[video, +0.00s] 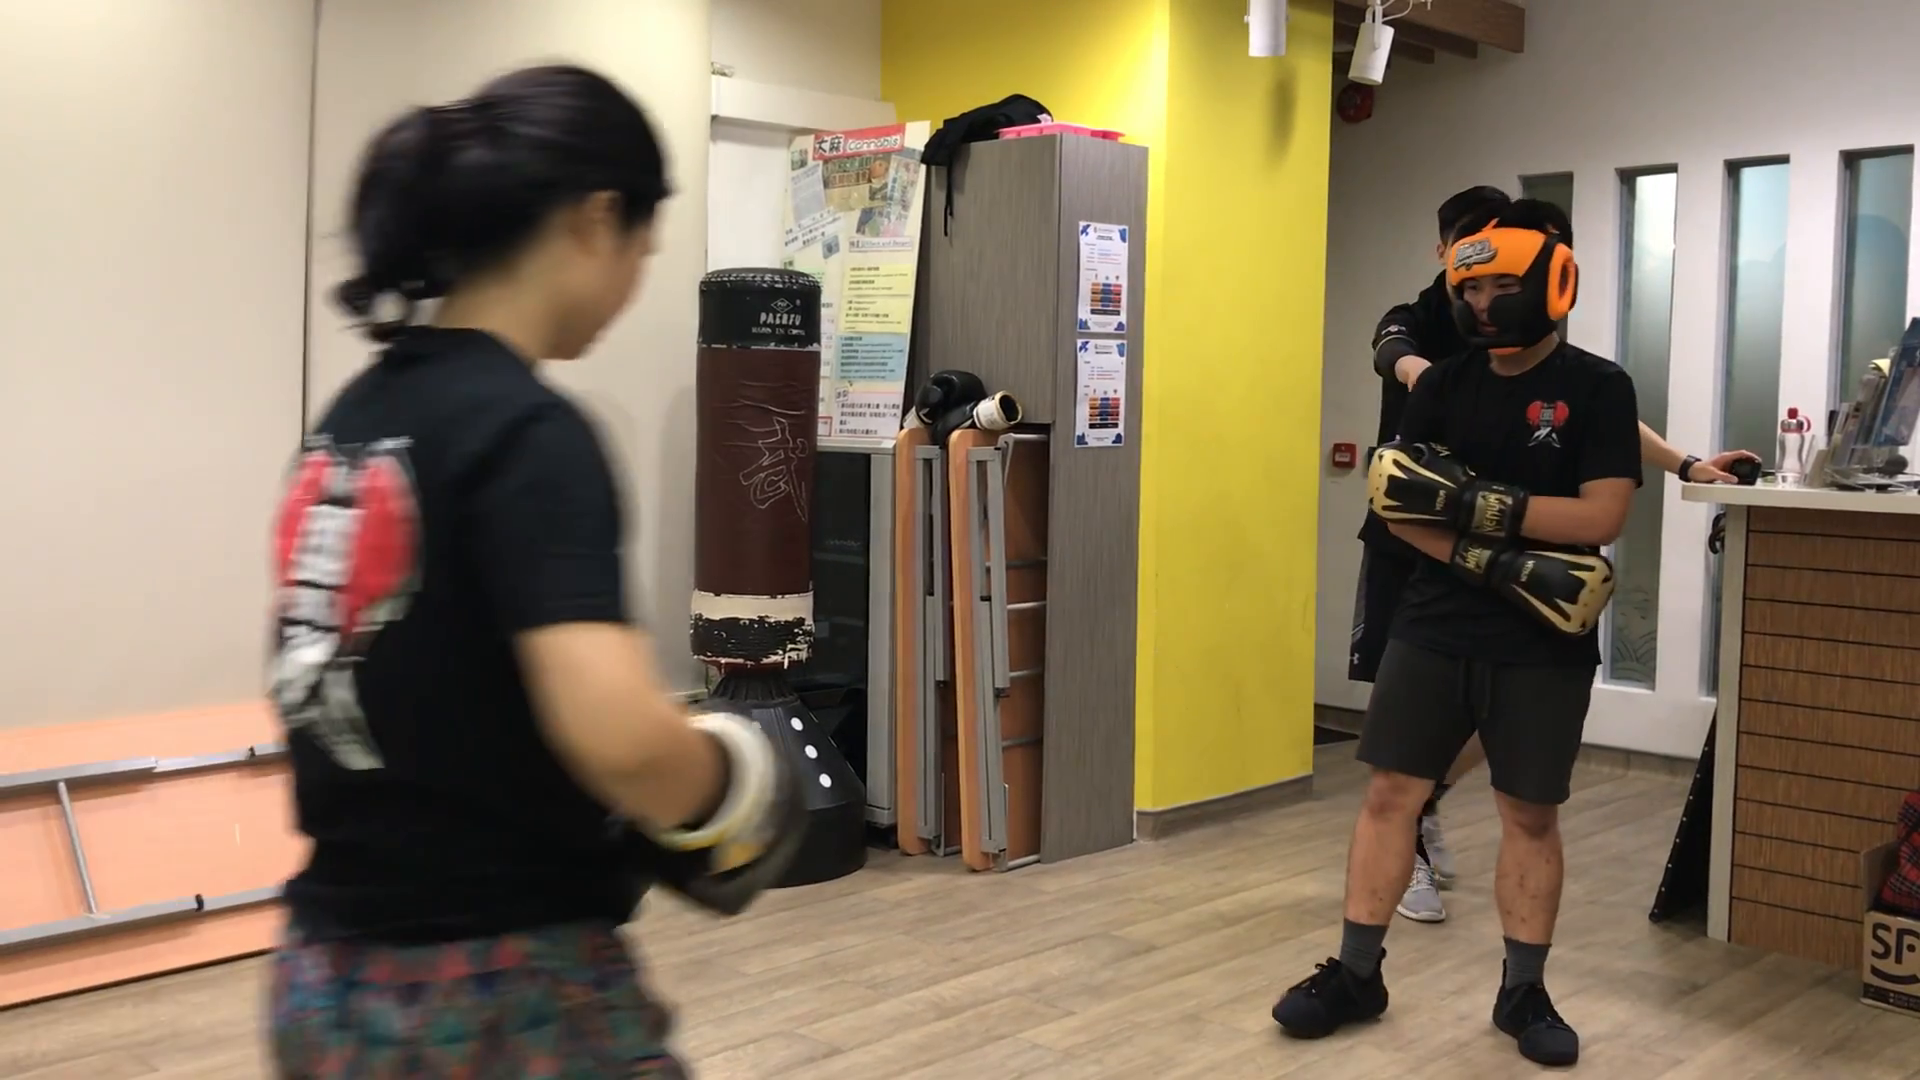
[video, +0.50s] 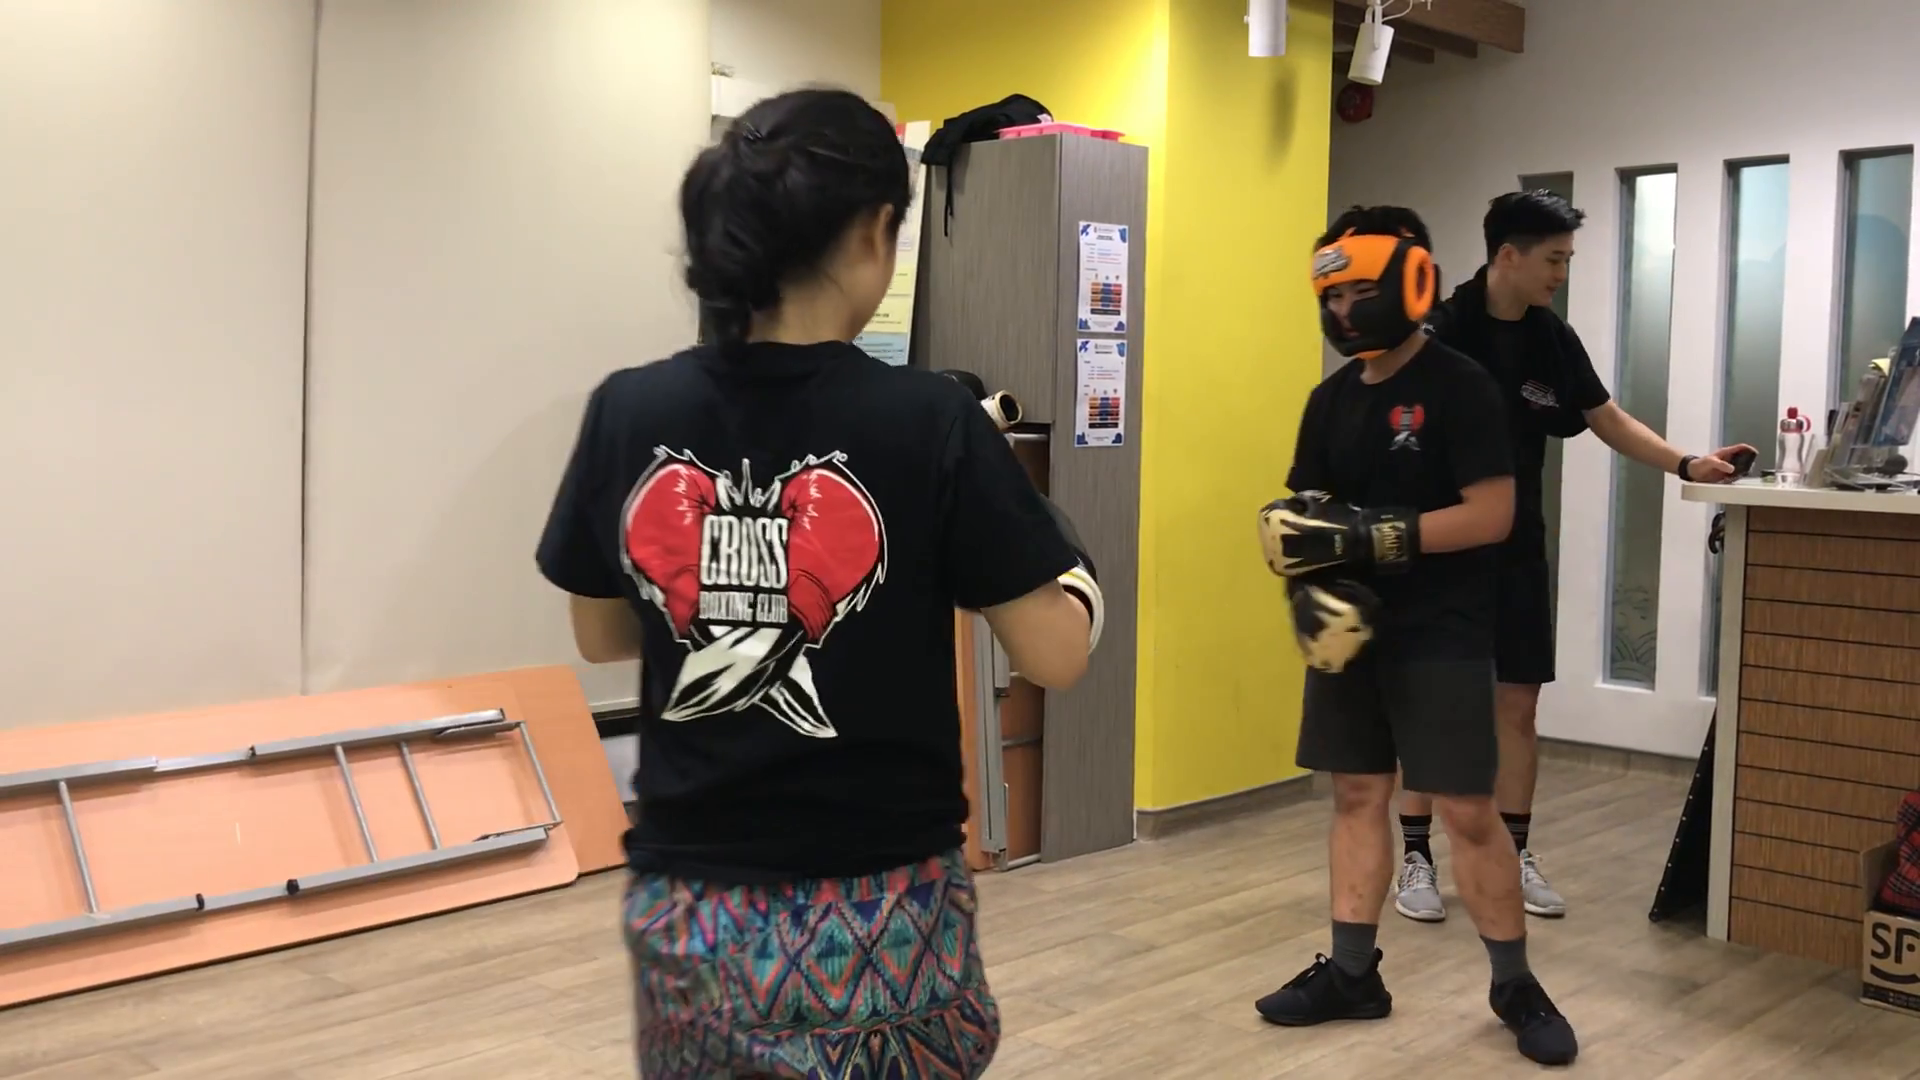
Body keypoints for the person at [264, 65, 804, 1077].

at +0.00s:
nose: (633, 288)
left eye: (643, 255)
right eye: (641, 251)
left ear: (470, 223)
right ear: (591, 221)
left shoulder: (353, 418)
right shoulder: (529, 430)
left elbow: (401, 699)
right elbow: (616, 736)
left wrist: (628, 803)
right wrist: (740, 779)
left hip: (334, 973)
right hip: (511, 987)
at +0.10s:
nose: (727, 278)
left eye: (734, 245)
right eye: (732, 241)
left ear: (562, 208)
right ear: (692, 213)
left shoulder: (424, 409)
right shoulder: (667, 423)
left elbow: (380, 663)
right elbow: (799, 729)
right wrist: (863, 724)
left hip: (440, 953)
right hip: (640, 961)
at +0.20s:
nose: (793, 264)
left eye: (802, 231)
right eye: (800, 227)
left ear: (628, 201)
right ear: (763, 207)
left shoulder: (487, 398)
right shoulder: (773, 410)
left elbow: (485, 662)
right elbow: (927, 693)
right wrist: (983, 663)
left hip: (527, 938)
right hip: (734, 938)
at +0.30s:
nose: (839, 249)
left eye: (845, 218)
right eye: (844, 215)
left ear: (665, 201)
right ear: (811, 203)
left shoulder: (537, 391)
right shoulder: (850, 400)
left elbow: (554, 638)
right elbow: (997, 668)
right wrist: (1034, 600)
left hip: (581, 927)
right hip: (796, 933)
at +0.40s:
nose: (872, 246)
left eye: (875, 218)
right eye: (874, 216)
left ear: (696, 210)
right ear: (847, 215)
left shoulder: (588, 397)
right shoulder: (902, 408)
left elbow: (577, 633)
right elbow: (1044, 659)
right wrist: (1061, 580)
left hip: (637, 917)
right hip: (845, 916)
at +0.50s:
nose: (897, 256)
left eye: (898, 230)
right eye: (898, 229)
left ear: (729, 225)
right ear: (872, 235)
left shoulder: (627, 410)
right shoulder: (929, 420)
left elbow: (601, 631)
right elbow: (1058, 656)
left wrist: (728, 569)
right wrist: (1068, 571)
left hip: (685, 908)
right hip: (883, 909)